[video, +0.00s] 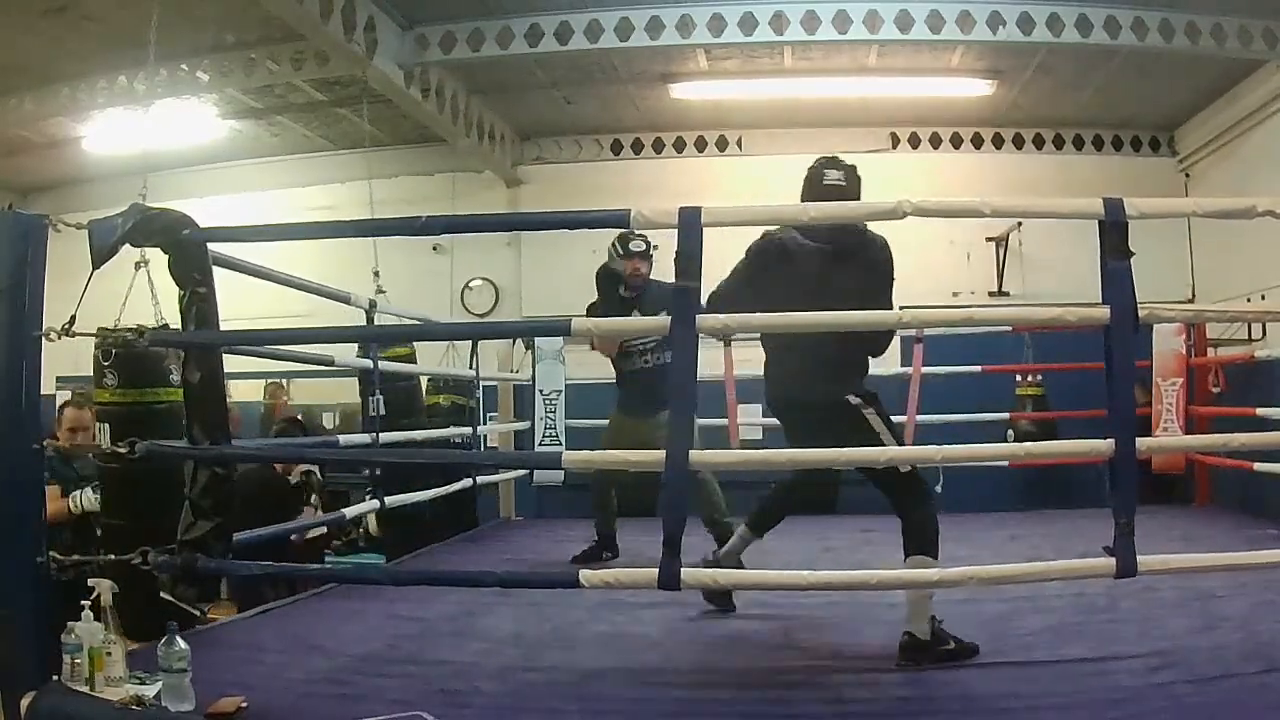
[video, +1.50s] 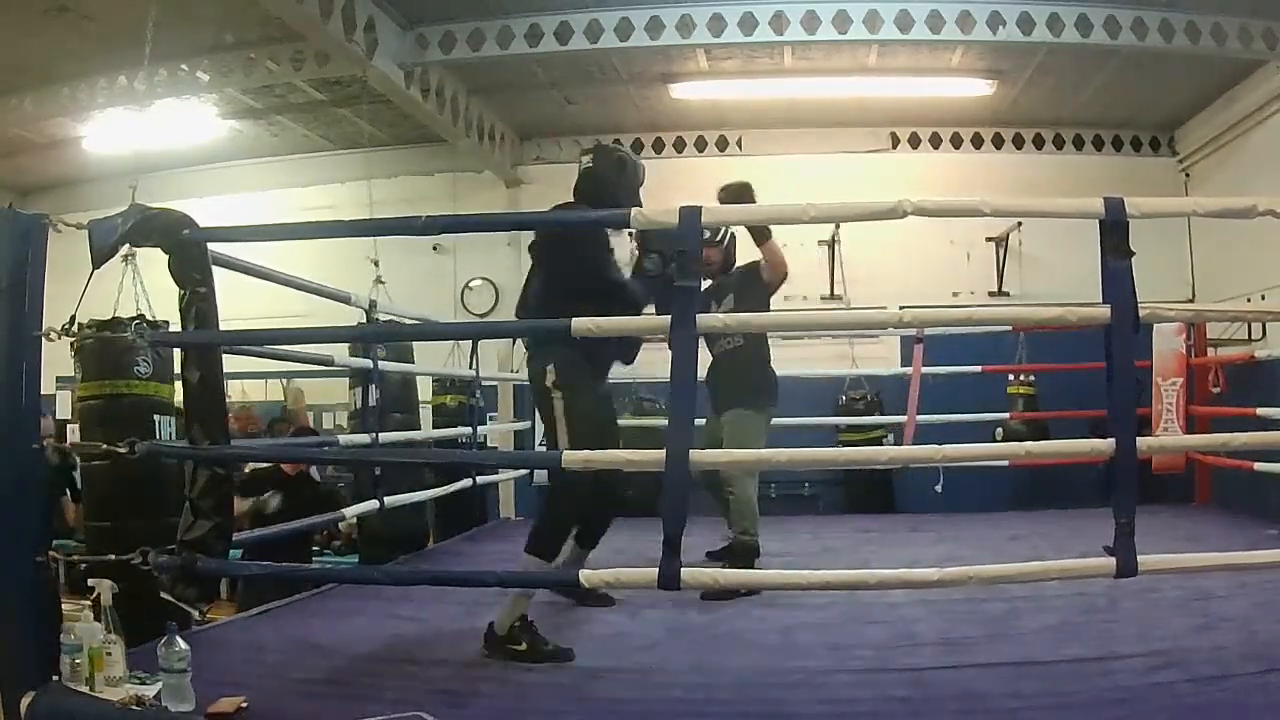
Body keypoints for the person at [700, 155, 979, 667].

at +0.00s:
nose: (839, 212)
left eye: (828, 201)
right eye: (847, 202)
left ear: (804, 200)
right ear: (857, 202)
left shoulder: (772, 247)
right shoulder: (871, 251)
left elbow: (717, 312)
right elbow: (877, 340)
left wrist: (767, 313)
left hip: (785, 396)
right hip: (844, 397)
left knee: (808, 481)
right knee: (916, 500)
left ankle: (723, 562)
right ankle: (921, 630)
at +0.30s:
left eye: (756, 163)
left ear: (751, 168)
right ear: (802, 162)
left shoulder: (731, 211)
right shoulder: (834, 203)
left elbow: (710, 292)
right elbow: (854, 284)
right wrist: (809, 255)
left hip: (748, 365)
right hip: (807, 364)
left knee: (740, 470)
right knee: (849, 481)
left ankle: (698, 581)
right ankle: (827, 613)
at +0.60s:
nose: (644, 243)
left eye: (646, 232)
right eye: (643, 232)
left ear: (662, 232)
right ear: (698, 218)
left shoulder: (682, 277)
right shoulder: (755, 256)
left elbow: (634, 344)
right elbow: (791, 274)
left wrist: (614, 315)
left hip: (722, 409)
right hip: (786, 404)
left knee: (664, 468)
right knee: (793, 499)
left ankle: (662, 580)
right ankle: (846, 588)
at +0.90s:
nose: (672, 213)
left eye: (667, 204)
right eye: (678, 202)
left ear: (660, 204)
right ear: (707, 193)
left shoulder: (653, 257)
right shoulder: (747, 239)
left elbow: (635, 332)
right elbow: (788, 309)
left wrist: (621, 263)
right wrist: (774, 370)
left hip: (685, 407)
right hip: (749, 402)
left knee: (663, 484)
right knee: (778, 499)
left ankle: (655, 581)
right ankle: (787, 618)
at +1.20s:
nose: (696, 187)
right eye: (693, 178)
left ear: (642, 171)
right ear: (683, 179)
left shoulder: (613, 215)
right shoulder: (677, 218)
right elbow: (715, 281)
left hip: (614, 353)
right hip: (649, 358)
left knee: (643, 465)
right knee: (703, 467)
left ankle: (603, 585)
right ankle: (743, 609)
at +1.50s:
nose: (635, 203)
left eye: (635, 194)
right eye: (632, 193)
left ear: (592, 181)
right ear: (613, 189)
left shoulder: (586, 229)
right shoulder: (576, 228)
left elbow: (610, 298)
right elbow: (612, 300)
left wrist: (639, 278)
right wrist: (643, 287)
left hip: (581, 370)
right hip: (562, 371)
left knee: (610, 483)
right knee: (575, 487)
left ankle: (566, 574)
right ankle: (507, 622)